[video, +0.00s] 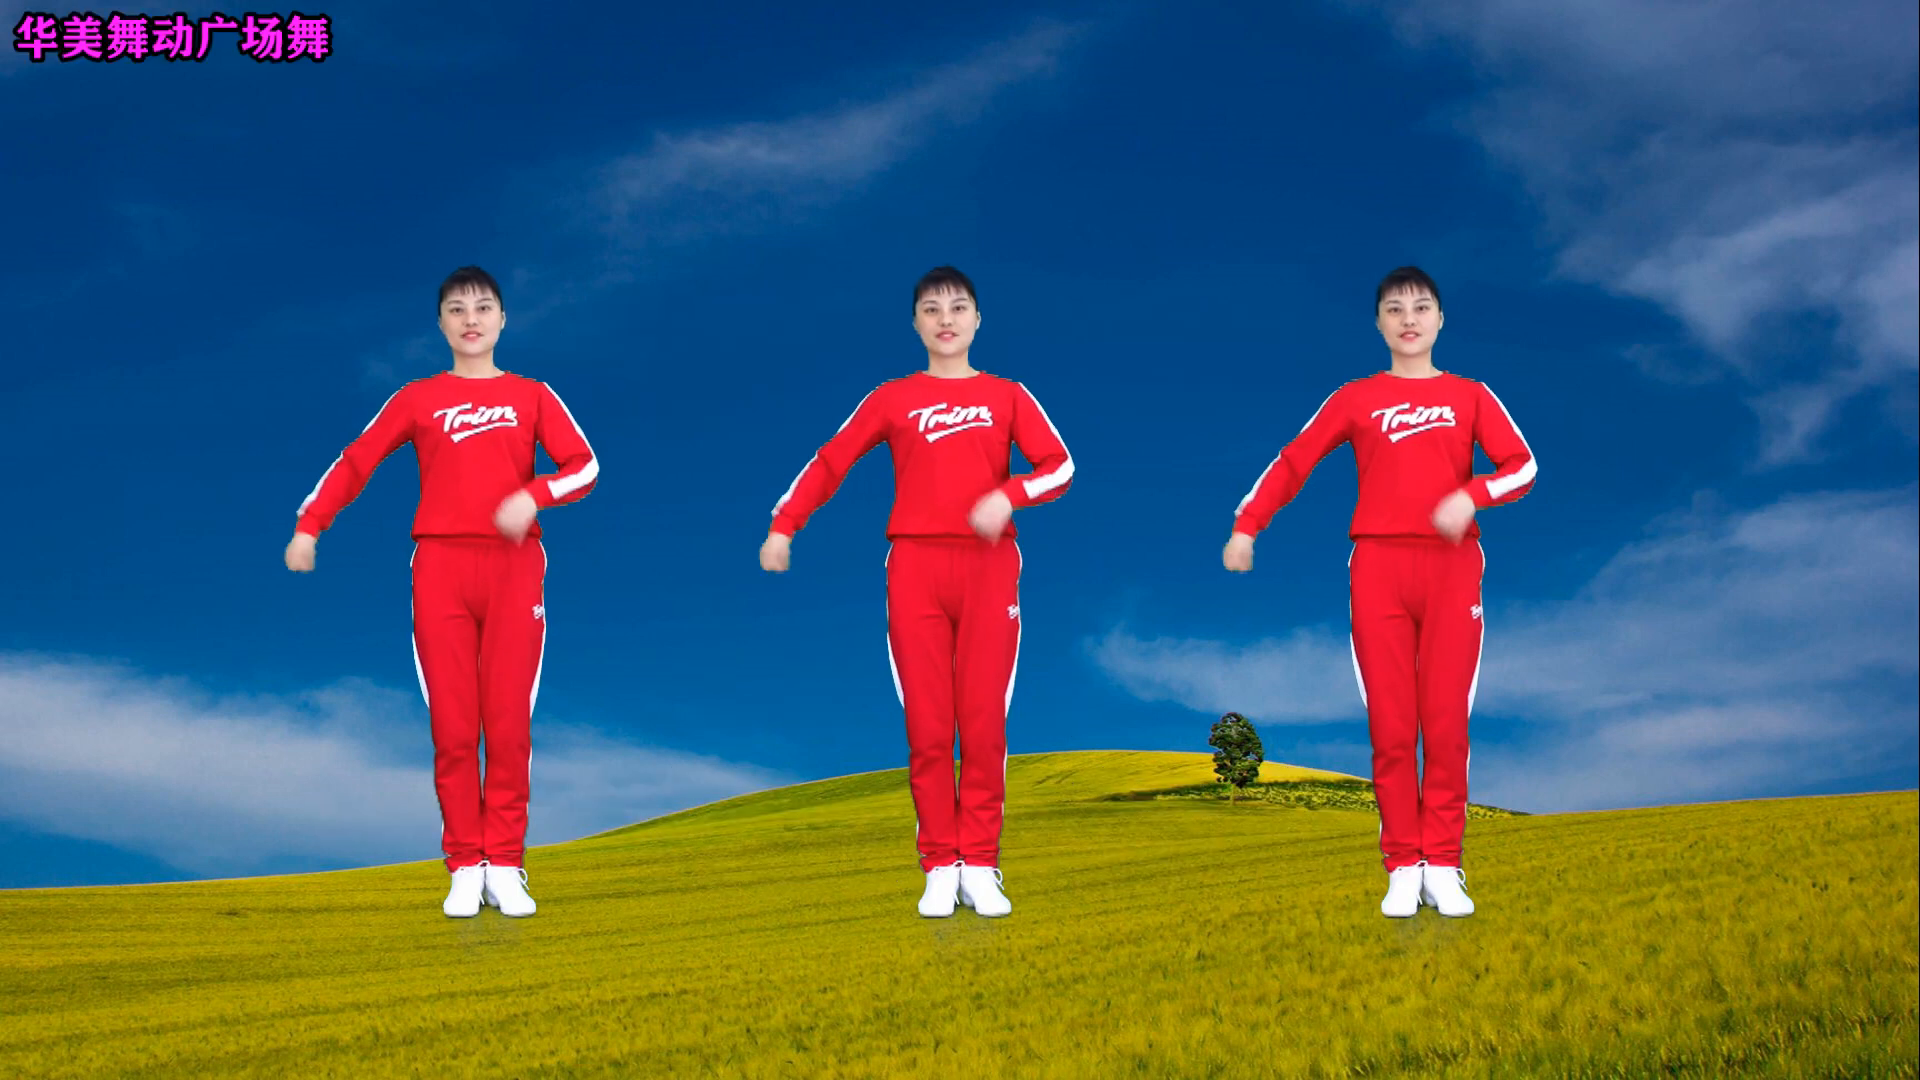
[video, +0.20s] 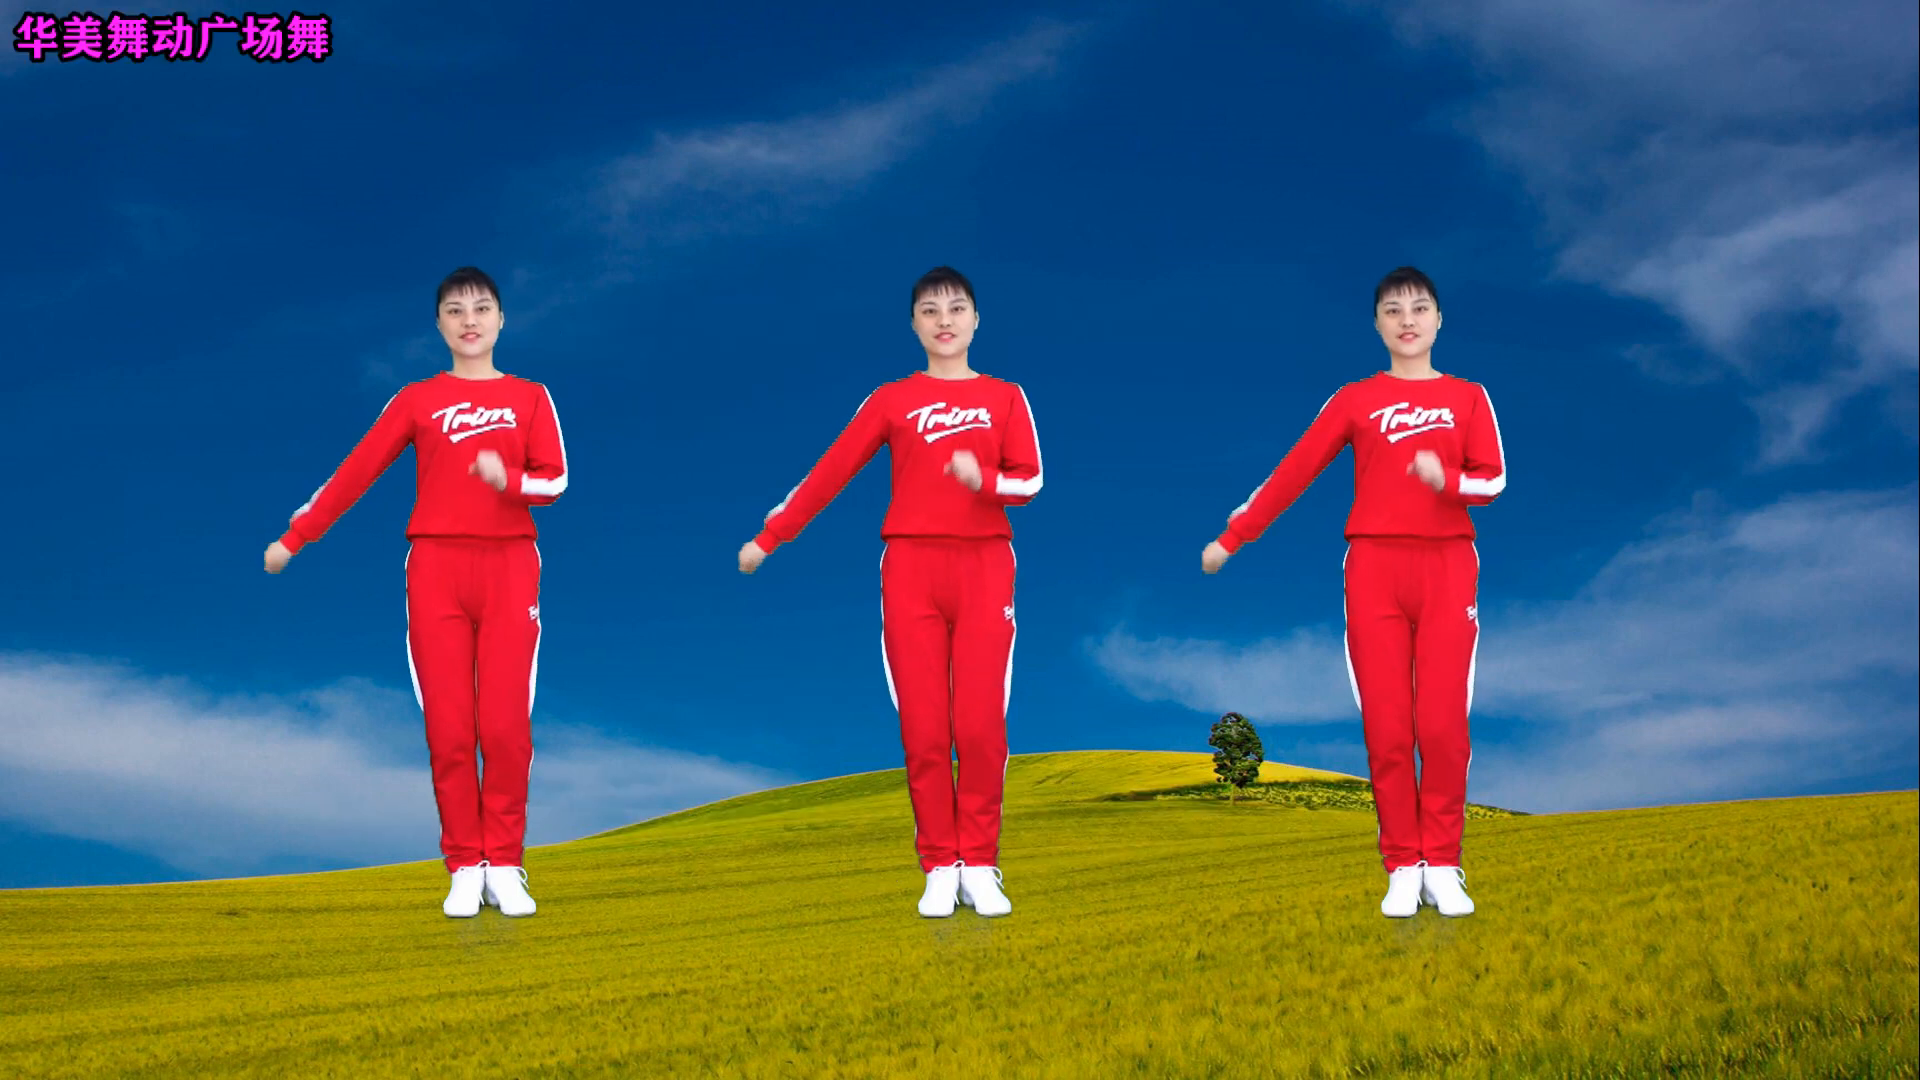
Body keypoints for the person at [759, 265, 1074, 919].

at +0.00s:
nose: (946, 319)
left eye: (957, 308)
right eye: (933, 311)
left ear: (976, 318)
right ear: (918, 323)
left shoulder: (1008, 396)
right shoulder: (891, 399)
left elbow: (1060, 468)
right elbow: (830, 462)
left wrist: (1008, 494)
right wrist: (781, 527)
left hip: (989, 573)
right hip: (915, 572)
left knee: (984, 722)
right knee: (928, 727)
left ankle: (980, 865)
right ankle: (940, 866)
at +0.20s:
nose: (944, 319)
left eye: (956, 309)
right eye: (931, 311)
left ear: (974, 320)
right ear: (916, 324)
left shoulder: (1005, 396)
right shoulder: (892, 399)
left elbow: (1030, 481)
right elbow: (829, 473)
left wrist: (986, 479)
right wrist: (766, 539)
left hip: (986, 570)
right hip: (912, 571)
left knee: (980, 724)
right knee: (924, 729)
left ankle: (980, 864)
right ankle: (940, 866)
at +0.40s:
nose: (945, 329)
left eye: (957, 319)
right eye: (932, 320)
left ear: (974, 330)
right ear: (916, 333)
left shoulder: (1004, 409)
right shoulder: (888, 411)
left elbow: (1018, 503)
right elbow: (866, 498)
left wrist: (1022, 589)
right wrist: (889, 565)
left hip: (979, 581)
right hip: (906, 582)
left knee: (955, 715)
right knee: (906, 730)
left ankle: (973, 808)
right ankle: (937, 863)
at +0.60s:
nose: (949, 305)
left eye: (961, 295)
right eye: (936, 295)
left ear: (978, 307)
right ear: (918, 308)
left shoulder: (1007, 382)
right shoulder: (888, 384)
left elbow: (1059, 454)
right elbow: (835, 454)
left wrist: (1090, 534)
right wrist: (897, 414)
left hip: (985, 560)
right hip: (910, 560)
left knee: (971, 714)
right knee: (923, 720)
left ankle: (979, 850)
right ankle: (937, 859)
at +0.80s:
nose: (953, 311)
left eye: (966, 302)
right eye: (940, 302)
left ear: (983, 314)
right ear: (923, 315)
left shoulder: (1014, 388)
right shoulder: (896, 394)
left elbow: (1073, 458)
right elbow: (866, 483)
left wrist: (1125, 525)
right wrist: (911, 452)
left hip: (996, 567)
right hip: (919, 568)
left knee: (987, 729)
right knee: (929, 728)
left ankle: (984, 867)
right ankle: (940, 863)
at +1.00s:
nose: (958, 328)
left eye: (969, 316)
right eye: (945, 318)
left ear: (988, 326)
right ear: (928, 330)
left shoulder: (1019, 407)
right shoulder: (903, 413)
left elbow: (1041, 501)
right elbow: (896, 508)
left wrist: (1052, 587)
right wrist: (898, 592)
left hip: (1010, 581)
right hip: (936, 584)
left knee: (1006, 729)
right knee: (959, 709)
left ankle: (985, 868)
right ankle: (950, 811)